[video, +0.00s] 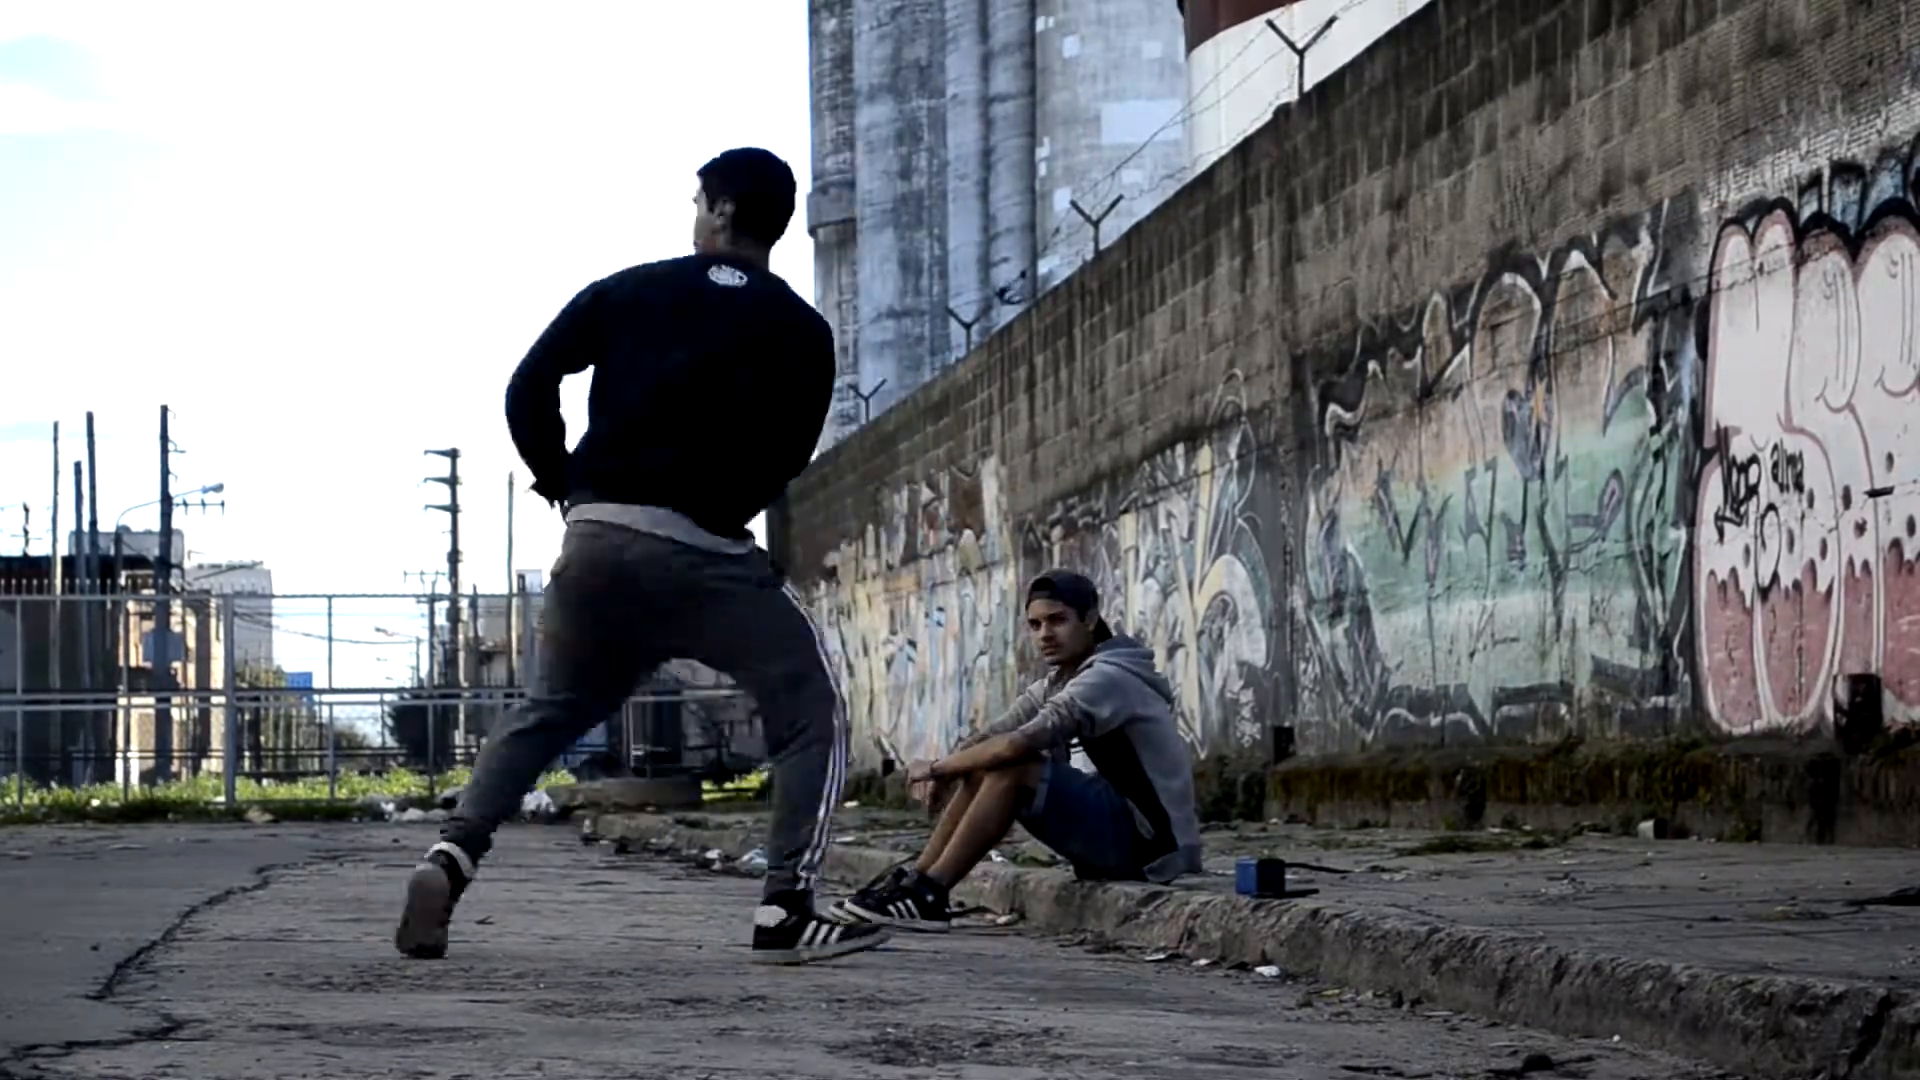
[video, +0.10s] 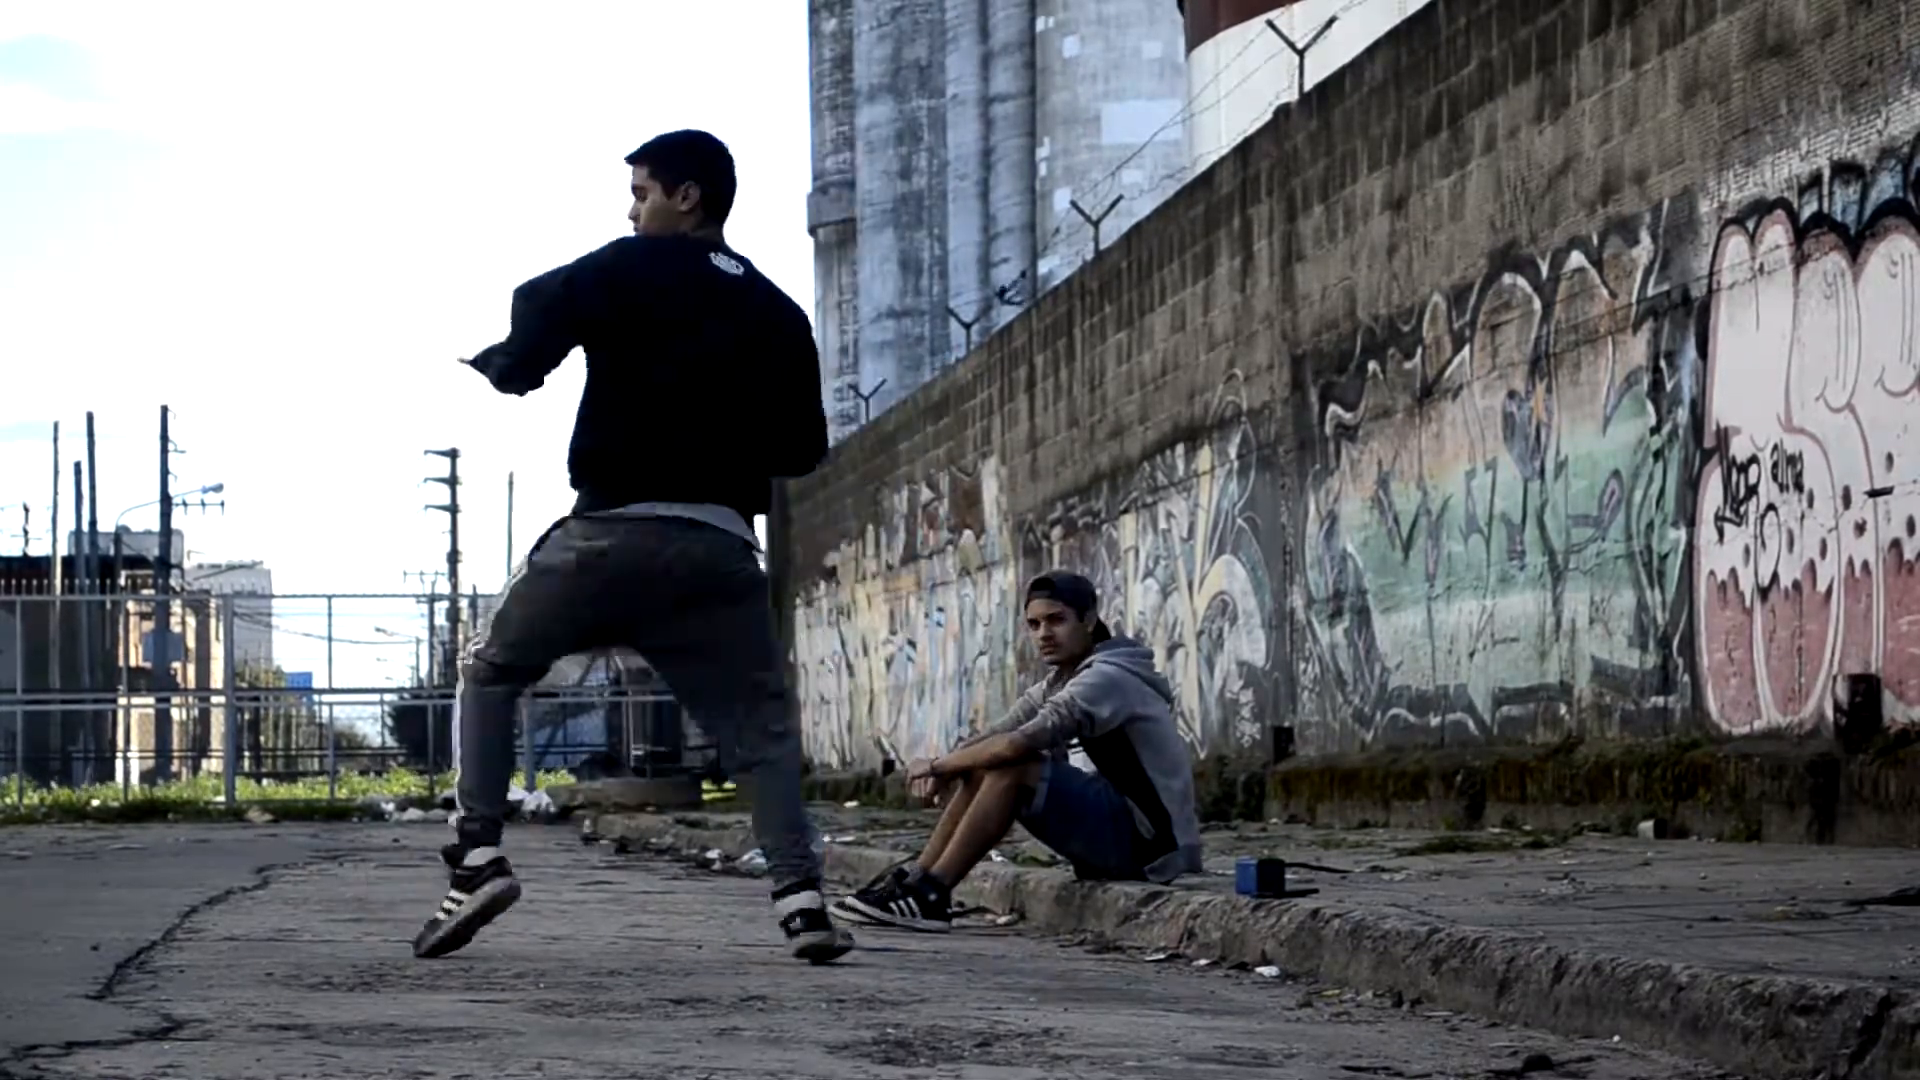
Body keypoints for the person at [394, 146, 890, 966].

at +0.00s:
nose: (695, 220)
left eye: (699, 207)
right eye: (700, 206)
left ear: (716, 213)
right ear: (780, 229)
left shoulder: (632, 290)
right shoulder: (808, 334)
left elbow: (529, 387)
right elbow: (790, 457)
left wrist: (568, 484)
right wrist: (716, 504)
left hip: (597, 550)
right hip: (711, 566)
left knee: (544, 713)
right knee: (811, 713)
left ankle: (452, 852)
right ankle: (787, 906)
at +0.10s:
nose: (632, 212)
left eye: (641, 195)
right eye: (633, 196)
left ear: (686, 197)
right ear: (714, 203)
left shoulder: (632, 264)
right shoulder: (784, 312)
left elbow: (540, 304)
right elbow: (804, 449)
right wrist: (723, 459)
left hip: (606, 537)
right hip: (720, 553)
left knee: (495, 673)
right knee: (760, 727)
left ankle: (477, 852)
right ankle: (801, 893)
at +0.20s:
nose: (594, 239)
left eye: (604, 222)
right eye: (592, 223)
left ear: (658, 220)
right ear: (667, 226)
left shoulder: (620, 310)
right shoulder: (730, 321)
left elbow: (540, 356)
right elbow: (790, 432)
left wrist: (500, 318)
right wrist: (706, 453)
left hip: (629, 575)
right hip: (717, 582)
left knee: (477, 694)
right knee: (698, 762)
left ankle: (493, 898)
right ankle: (847, 884)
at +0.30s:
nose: (573, 223)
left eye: (585, 205)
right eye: (571, 207)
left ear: (637, 204)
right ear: (638, 212)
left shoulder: (657, 291)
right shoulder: (692, 292)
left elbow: (605, 326)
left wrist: (546, 297)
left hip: (658, 548)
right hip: (729, 547)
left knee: (531, 714)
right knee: (747, 739)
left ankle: (502, 907)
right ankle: (868, 887)